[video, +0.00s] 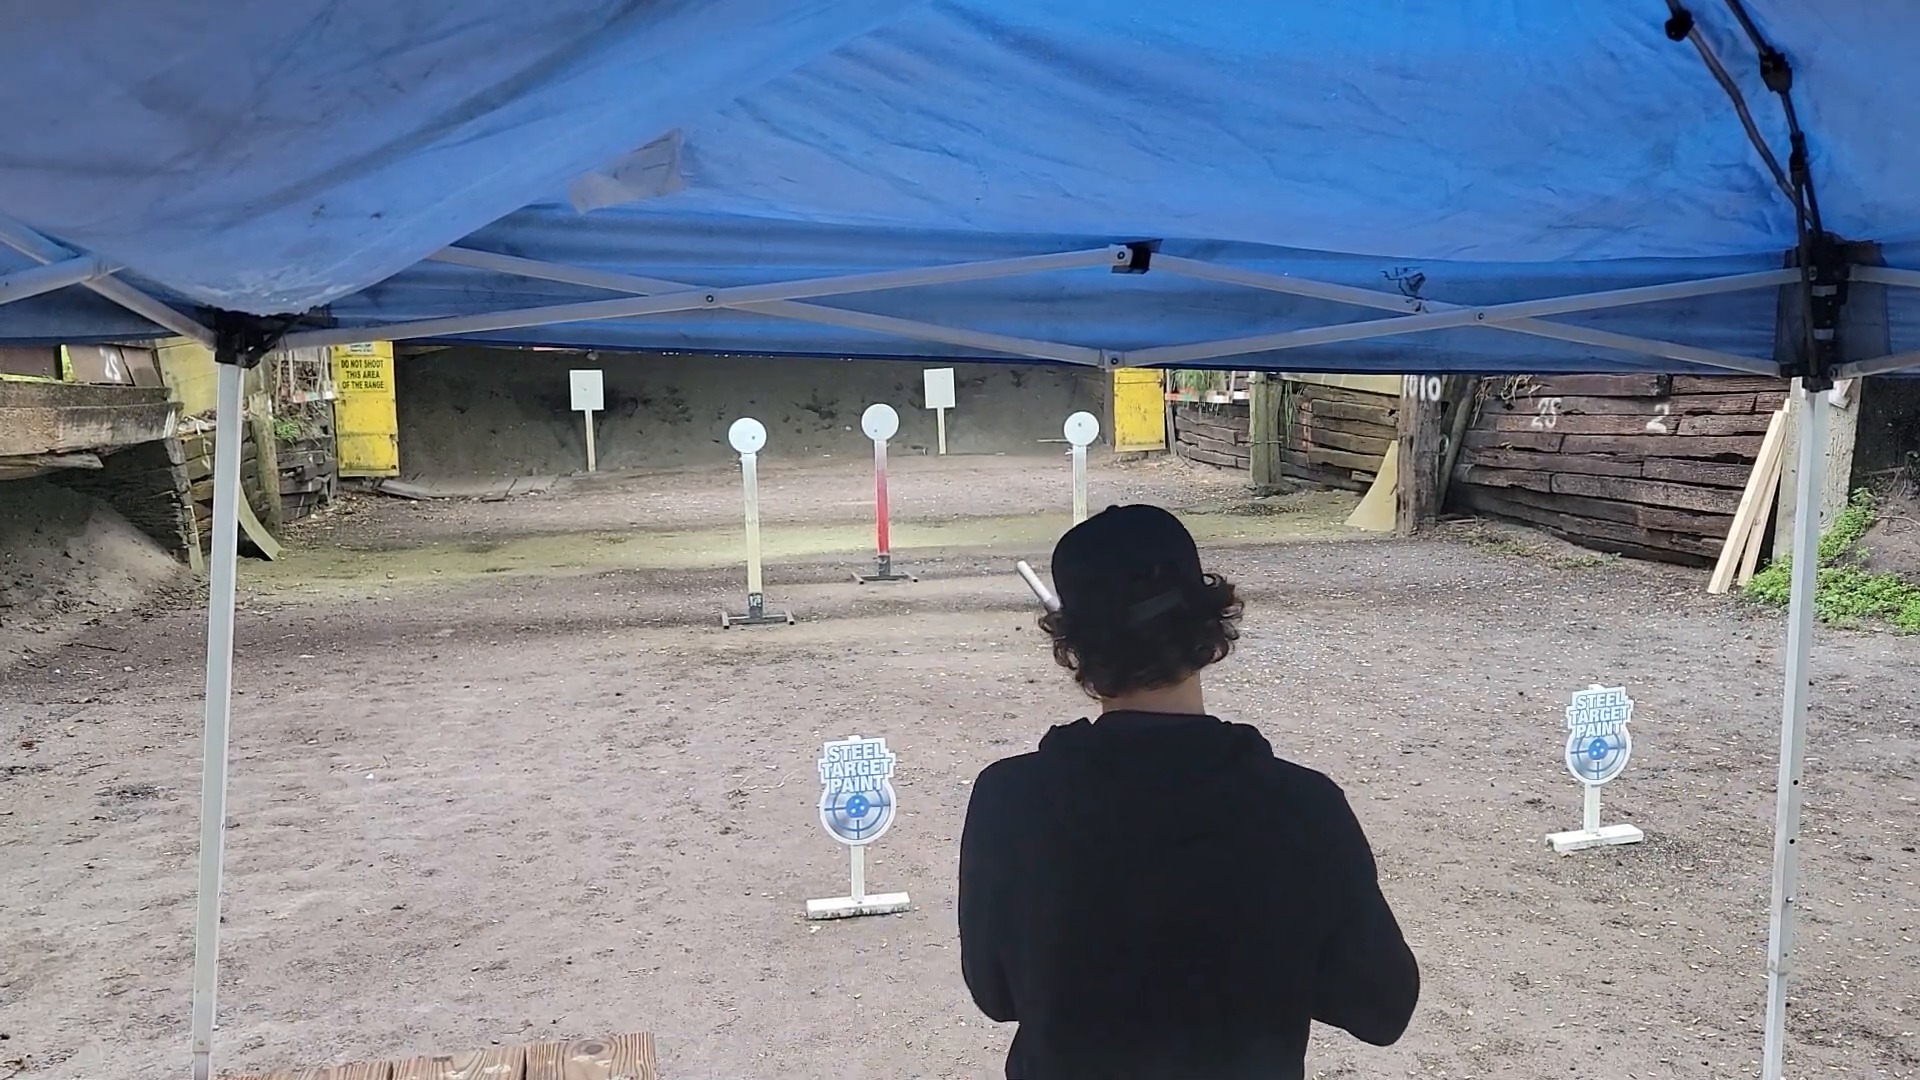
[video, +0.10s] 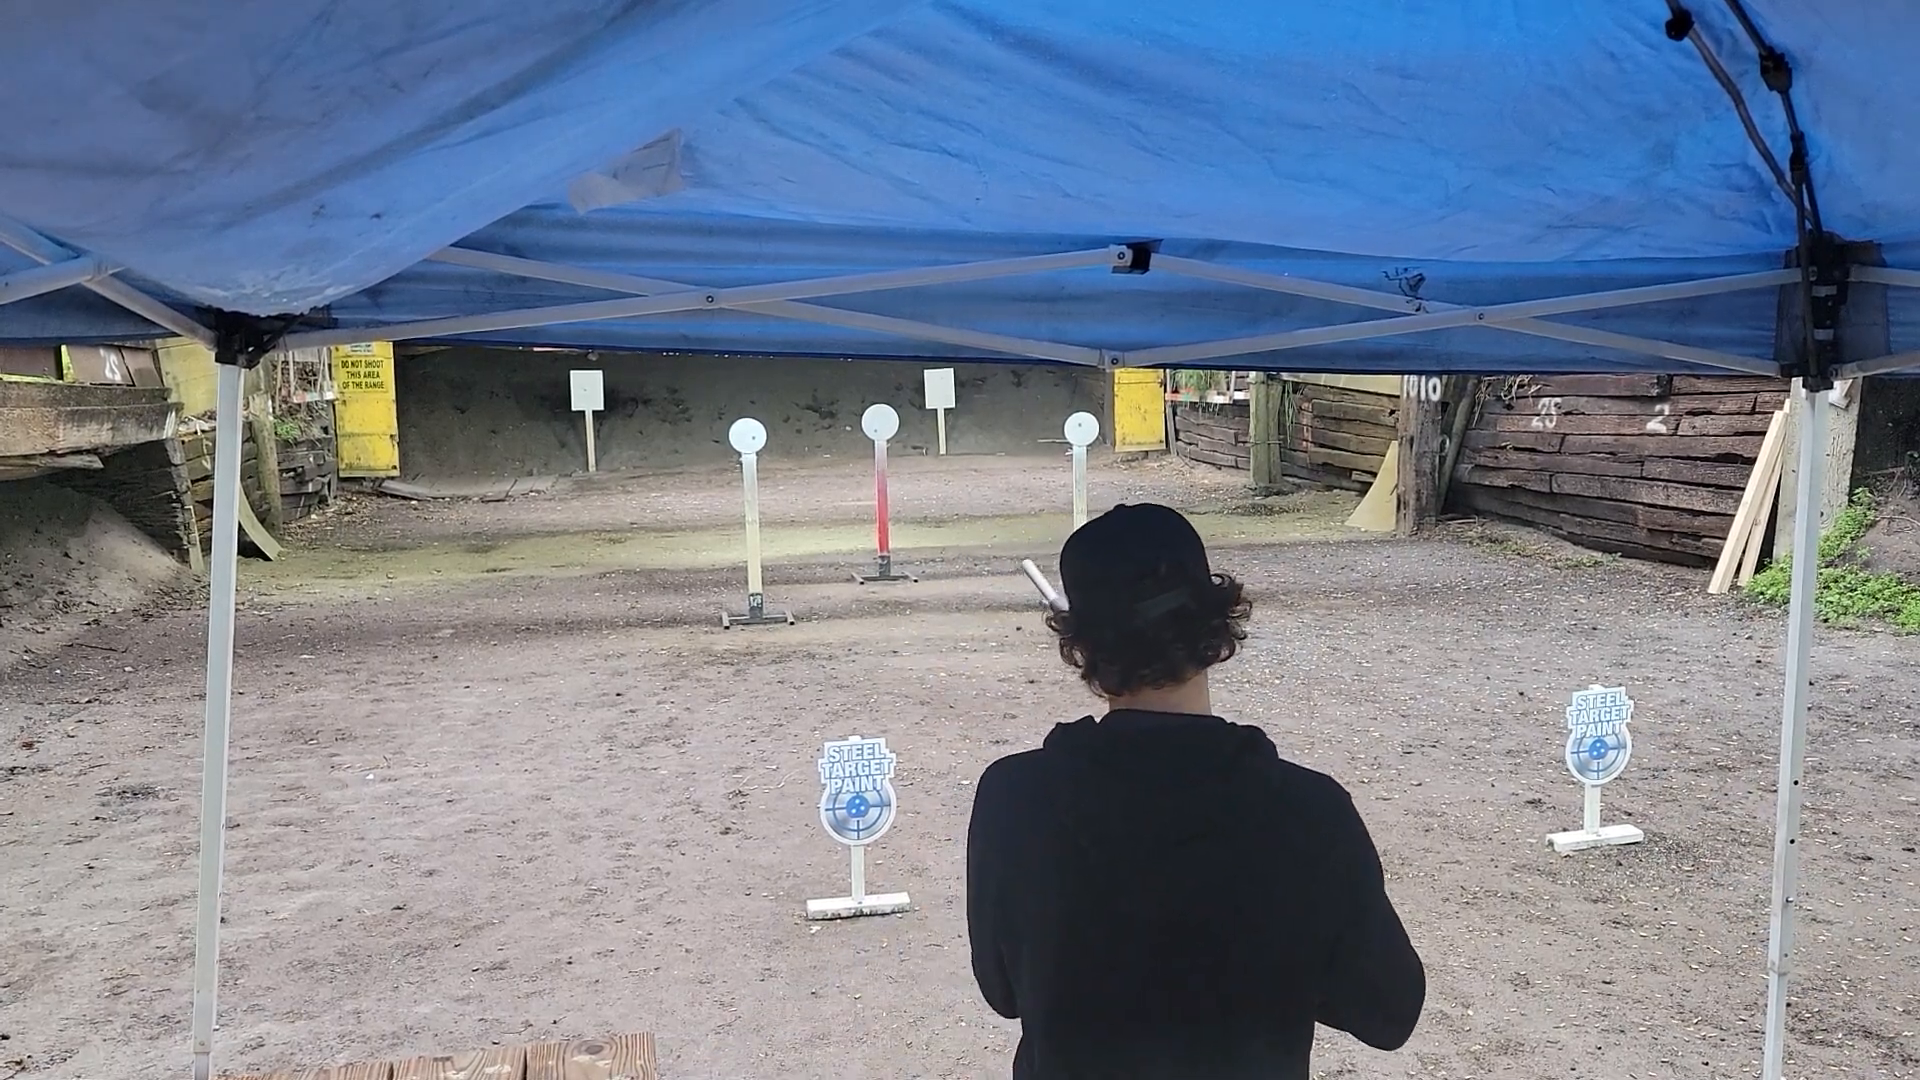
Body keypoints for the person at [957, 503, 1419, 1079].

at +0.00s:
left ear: (1071, 642)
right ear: (1210, 623)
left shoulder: (1007, 799)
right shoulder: (1303, 806)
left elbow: (994, 994)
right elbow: (1385, 1009)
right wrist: (1254, 937)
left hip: (1056, 1068)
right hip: (1247, 1066)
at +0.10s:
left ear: (1080, 642)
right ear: (1218, 623)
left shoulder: (1012, 795)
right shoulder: (1311, 809)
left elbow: (1003, 991)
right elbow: (1392, 1014)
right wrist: (1268, 941)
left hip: (1058, 1072)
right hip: (1256, 1070)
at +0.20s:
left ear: (1082, 640)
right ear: (1221, 622)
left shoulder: (1014, 793)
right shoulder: (1313, 809)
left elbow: (1008, 990)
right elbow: (1392, 1018)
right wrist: (1266, 934)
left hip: (1060, 1075)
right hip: (1259, 1072)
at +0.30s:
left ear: (1085, 637)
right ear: (1221, 619)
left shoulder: (1016, 792)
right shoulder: (1316, 810)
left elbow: (1012, 983)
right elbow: (1388, 1023)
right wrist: (1263, 937)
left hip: (1063, 1075)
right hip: (1258, 1072)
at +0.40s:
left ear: (1085, 637)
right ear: (1223, 617)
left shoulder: (1018, 792)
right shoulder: (1317, 810)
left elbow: (1017, 982)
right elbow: (1385, 1025)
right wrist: (1263, 937)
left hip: (1064, 1073)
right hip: (1259, 1072)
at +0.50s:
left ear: (1086, 637)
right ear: (1225, 619)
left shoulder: (1019, 792)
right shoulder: (1317, 809)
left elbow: (1022, 965)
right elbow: (1387, 1023)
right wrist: (1264, 942)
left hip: (1068, 1072)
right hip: (1261, 1072)